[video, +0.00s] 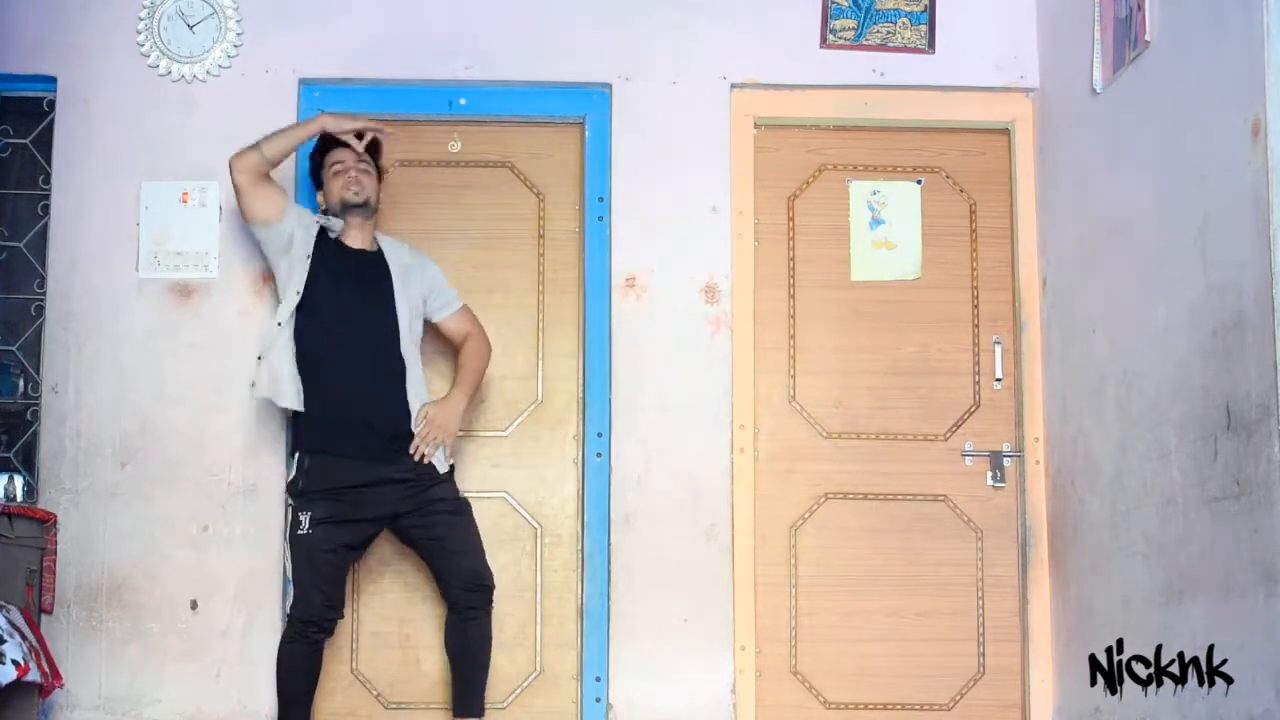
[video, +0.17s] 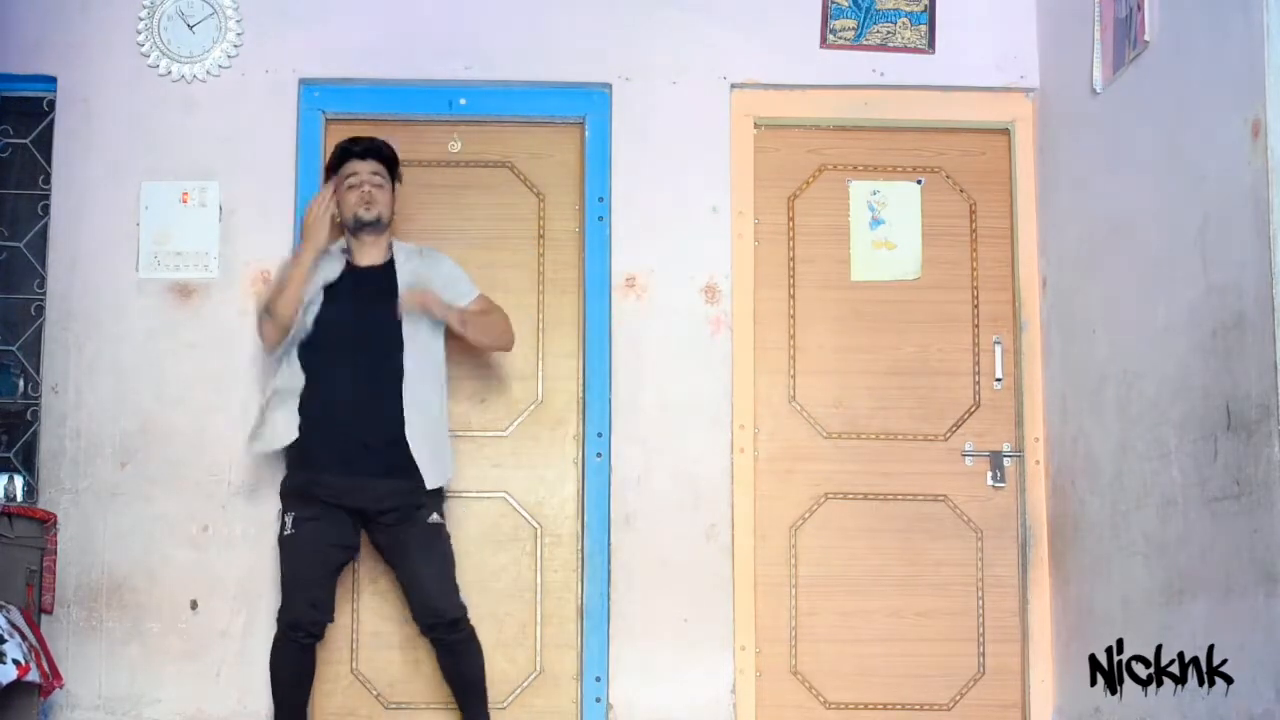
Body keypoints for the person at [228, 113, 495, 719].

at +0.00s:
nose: (354, 172)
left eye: (364, 166)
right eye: (340, 169)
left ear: (379, 188)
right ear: (322, 192)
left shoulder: (411, 265)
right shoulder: (296, 241)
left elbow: (474, 339)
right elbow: (245, 168)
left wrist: (457, 403)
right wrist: (317, 125)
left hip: (412, 467)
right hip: (327, 472)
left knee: (472, 588)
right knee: (311, 618)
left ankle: (469, 715)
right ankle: (292, 718)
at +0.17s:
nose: (367, 188)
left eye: (378, 180)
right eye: (353, 181)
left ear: (395, 196)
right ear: (333, 200)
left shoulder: (429, 266)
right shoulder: (308, 270)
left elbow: (502, 335)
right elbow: (272, 332)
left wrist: (444, 309)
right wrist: (313, 246)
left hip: (405, 483)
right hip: (318, 481)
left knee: (446, 621)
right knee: (299, 626)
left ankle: (478, 715)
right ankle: (289, 719)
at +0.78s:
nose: (409, 201)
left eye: (420, 193)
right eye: (395, 193)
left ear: (437, 207)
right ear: (375, 210)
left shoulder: (458, 284)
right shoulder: (367, 269)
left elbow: (526, 309)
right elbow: (427, 298)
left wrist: (503, 229)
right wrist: (464, 220)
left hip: (511, 478)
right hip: (432, 484)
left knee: (544, 618)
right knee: (379, 624)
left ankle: (530, 718)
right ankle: (310, 712)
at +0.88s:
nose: (441, 196)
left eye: (451, 185)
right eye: (427, 186)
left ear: (468, 197)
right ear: (405, 199)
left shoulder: (492, 269)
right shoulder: (384, 271)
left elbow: (551, 301)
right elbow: (405, 325)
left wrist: (481, 248)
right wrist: (446, 242)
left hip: (513, 482)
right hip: (424, 484)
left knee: (533, 628)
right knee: (360, 608)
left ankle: (525, 719)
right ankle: (297, 708)